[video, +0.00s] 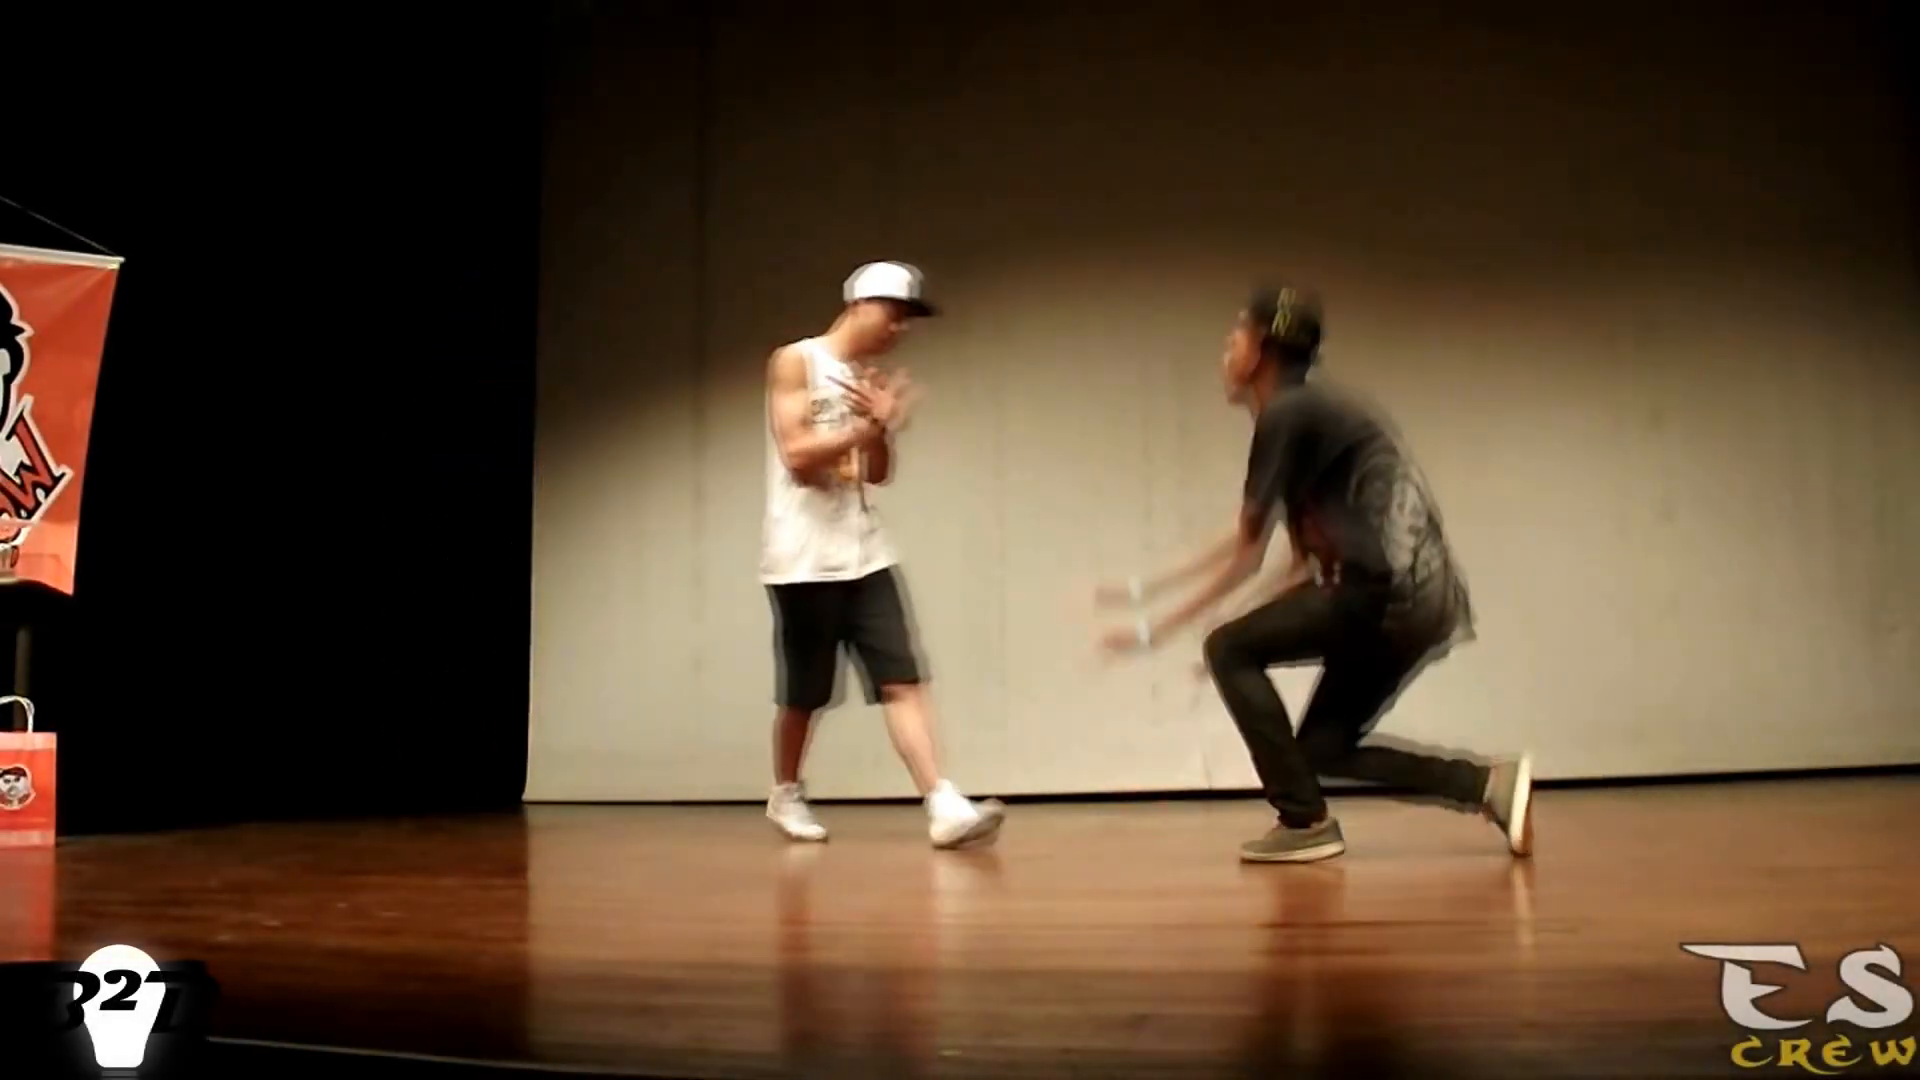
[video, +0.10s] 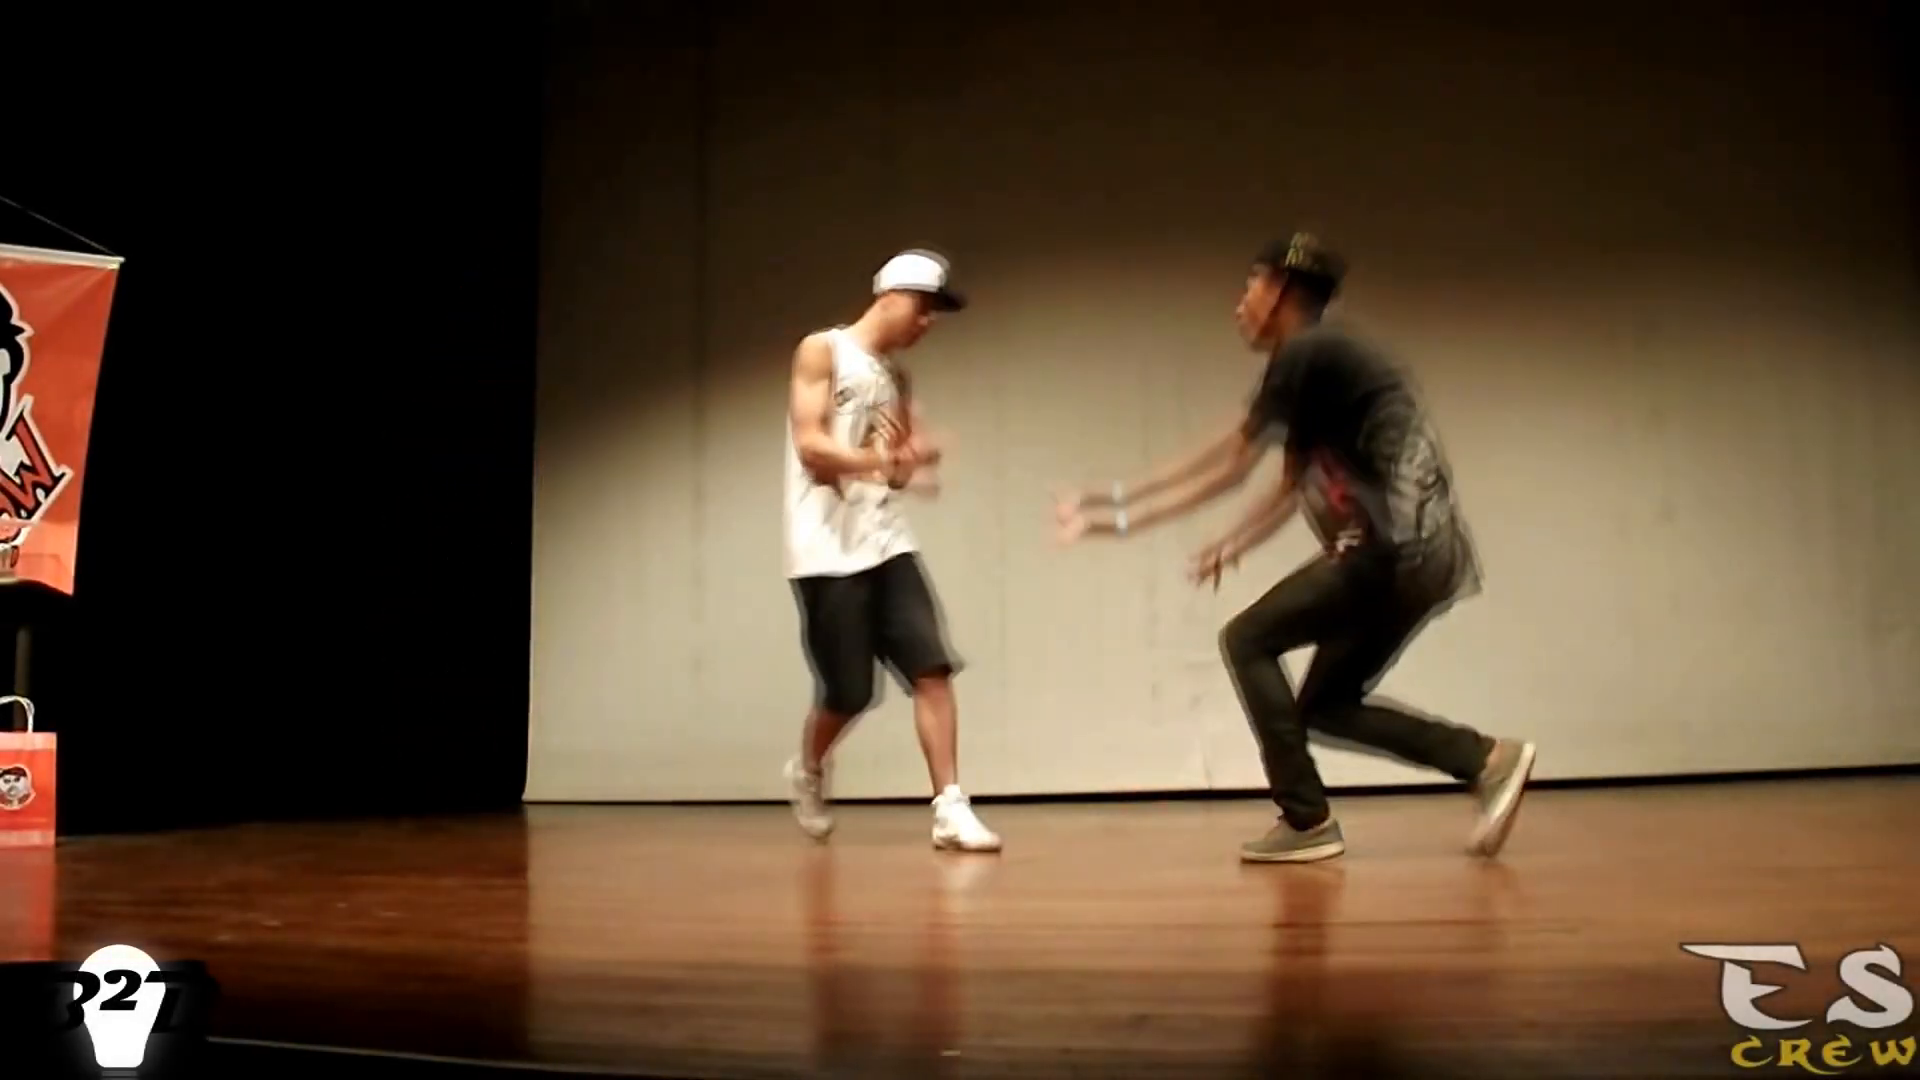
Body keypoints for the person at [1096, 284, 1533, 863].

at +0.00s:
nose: (1227, 350)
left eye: (1237, 335)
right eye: (1233, 334)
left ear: (1262, 348)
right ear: (1291, 349)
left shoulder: (1286, 414)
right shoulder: (1325, 410)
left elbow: (1243, 551)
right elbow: (1308, 569)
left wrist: (1151, 627)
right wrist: (1229, 646)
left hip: (1382, 595)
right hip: (1423, 603)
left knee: (1229, 648)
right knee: (1320, 751)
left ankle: (1305, 822)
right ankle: (1484, 785)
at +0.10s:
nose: (1241, 302)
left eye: (1253, 286)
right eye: (1247, 286)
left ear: (1284, 294)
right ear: (1301, 298)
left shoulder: (1302, 357)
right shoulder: (1333, 359)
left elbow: (1228, 463)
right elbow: (1291, 488)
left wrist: (1123, 510)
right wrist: (1230, 547)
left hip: (1388, 556)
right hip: (1423, 559)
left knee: (1245, 643)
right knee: (1325, 710)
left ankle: (1307, 820)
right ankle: (1487, 761)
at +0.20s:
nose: (1271, 253)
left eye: (1283, 239)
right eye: (1278, 238)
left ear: (1312, 246)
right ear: (1328, 250)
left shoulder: (1329, 300)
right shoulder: (1362, 309)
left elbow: (1243, 388)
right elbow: (1304, 431)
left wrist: (1134, 436)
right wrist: (1243, 497)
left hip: (1404, 515)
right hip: (1440, 520)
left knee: (1277, 633)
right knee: (1336, 675)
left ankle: (1311, 823)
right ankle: (1485, 771)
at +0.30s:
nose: (1309, 211)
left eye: (1321, 198)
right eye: (1315, 198)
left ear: (1352, 203)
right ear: (1366, 207)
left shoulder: (1367, 249)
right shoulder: (1392, 258)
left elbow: (1299, 346)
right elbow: (1344, 393)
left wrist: (1186, 407)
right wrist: (1287, 479)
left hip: (1430, 485)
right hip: (1454, 483)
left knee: (1334, 628)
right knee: (1374, 647)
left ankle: (1319, 825)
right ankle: (1508, 791)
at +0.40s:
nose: (1348, 191)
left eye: (1359, 178)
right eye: (1350, 180)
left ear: (1396, 177)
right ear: (1407, 181)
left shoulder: (1399, 219)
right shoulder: (1431, 229)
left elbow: (1370, 327)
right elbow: (1385, 378)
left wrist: (1280, 419)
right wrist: (1353, 487)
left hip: (1455, 476)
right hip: (1473, 475)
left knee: (1393, 634)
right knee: (1428, 640)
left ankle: (1336, 818)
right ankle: (1525, 805)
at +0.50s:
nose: (1383, 175)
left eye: (1395, 161)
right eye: (1386, 163)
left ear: (1434, 163)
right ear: (1443, 165)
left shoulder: (1440, 214)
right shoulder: (1480, 218)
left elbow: (1445, 342)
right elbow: (1480, 351)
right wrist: (1440, 459)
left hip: (1471, 467)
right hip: (1501, 467)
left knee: (1421, 621)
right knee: (1465, 630)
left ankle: (1396, 813)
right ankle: (1529, 809)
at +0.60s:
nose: (1407, 165)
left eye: (1420, 151)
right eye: (1410, 152)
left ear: (1461, 156)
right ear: (1461, 160)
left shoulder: (1491, 219)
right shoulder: (1498, 221)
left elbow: (1505, 344)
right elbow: (1514, 349)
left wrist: (1463, 455)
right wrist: (1477, 458)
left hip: (1512, 463)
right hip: (1519, 466)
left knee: (1457, 607)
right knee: (1497, 617)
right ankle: (1529, 802)